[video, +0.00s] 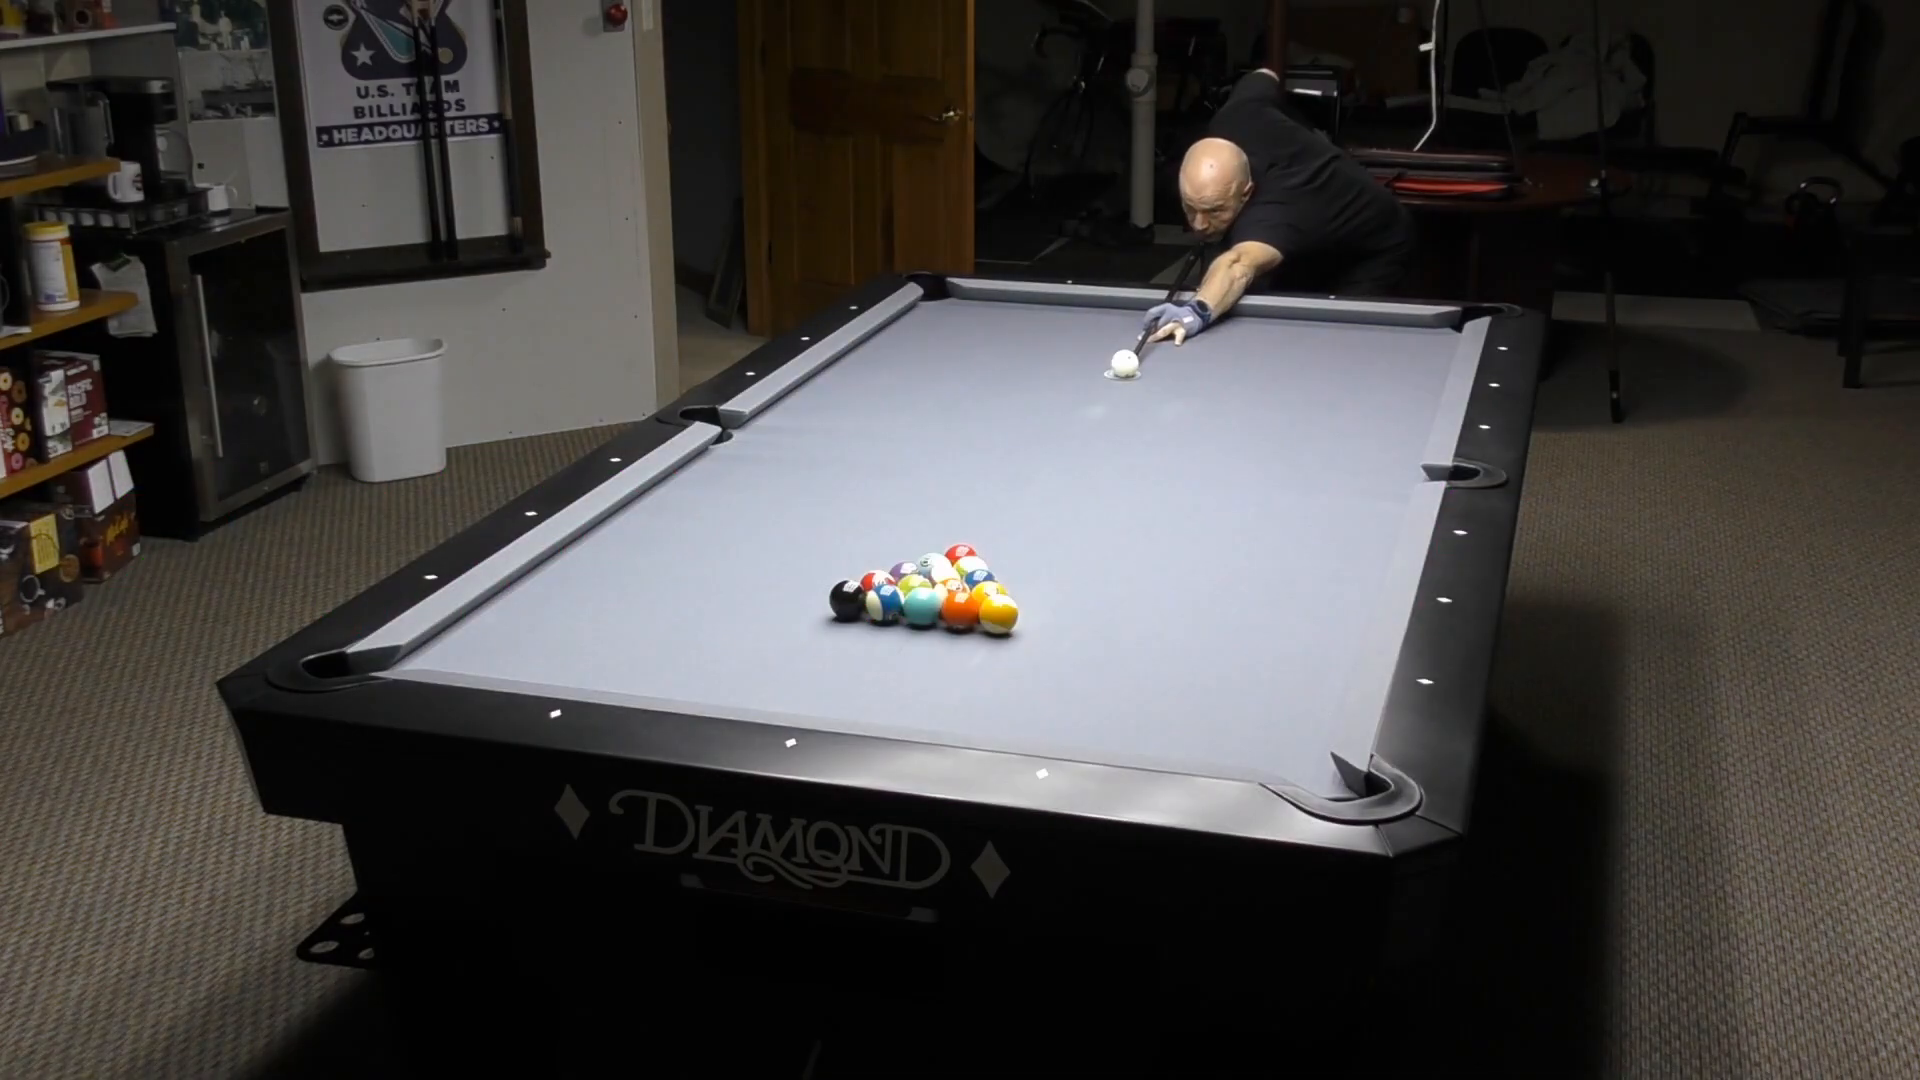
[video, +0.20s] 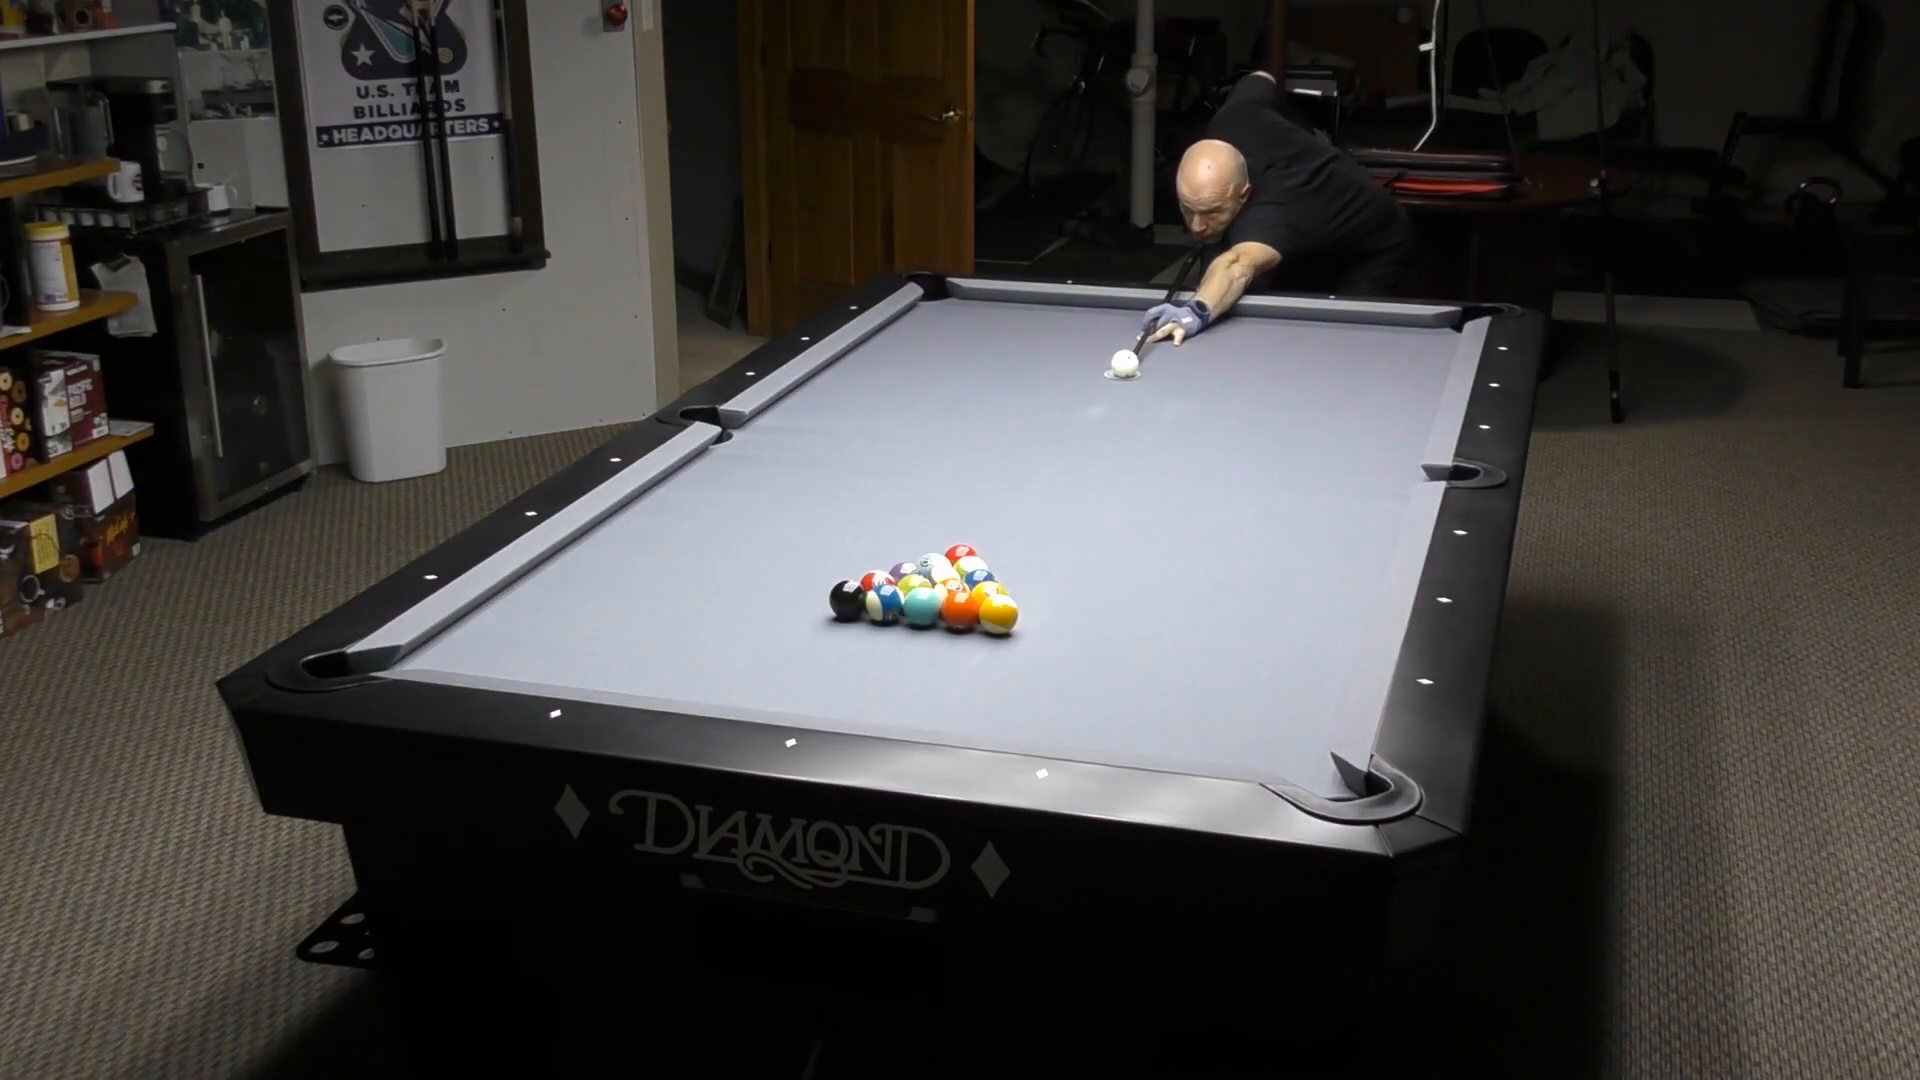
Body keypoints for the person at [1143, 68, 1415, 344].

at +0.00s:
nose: (1199, 225)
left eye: (1214, 212)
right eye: (1190, 209)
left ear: (1246, 190)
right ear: (1182, 181)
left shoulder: (1274, 216)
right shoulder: (1238, 115)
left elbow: (1238, 267)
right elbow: (1266, 74)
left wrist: (1196, 312)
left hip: (1380, 240)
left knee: (1340, 337)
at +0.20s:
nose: (1197, 227)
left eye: (1212, 213)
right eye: (1187, 211)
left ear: (1244, 192)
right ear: (1179, 183)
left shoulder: (1272, 216)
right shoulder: (1236, 118)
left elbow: (1237, 266)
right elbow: (1262, 76)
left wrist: (1195, 311)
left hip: (1380, 240)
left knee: (1339, 336)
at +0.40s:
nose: (1198, 227)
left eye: (1212, 214)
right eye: (1188, 211)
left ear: (1244, 192)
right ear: (1179, 183)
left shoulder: (1272, 216)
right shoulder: (1234, 118)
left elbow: (1237, 266)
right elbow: (1262, 74)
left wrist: (1196, 311)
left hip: (1380, 240)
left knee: (1339, 338)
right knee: (1281, 328)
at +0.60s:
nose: (1199, 229)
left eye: (1214, 215)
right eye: (1190, 213)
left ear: (1245, 193)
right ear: (1180, 185)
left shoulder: (1274, 215)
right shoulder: (1235, 119)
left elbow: (1238, 266)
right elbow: (1262, 77)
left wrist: (1195, 311)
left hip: (1380, 241)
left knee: (1341, 338)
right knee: (1281, 330)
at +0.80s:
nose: (1200, 229)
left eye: (1214, 216)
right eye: (1190, 213)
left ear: (1245, 194)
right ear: (1180, 185)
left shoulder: (1274, 216)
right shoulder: (1234, 120)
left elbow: (1238, 266)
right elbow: (1262, 76)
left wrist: (1195, 311)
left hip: (1380, 240)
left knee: (1340, 336)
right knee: (1280, 326)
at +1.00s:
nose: (1198, 230)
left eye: (1212, 218)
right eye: (1188, 215)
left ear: (1244, 195)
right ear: (1178, 187)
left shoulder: (1273, 216)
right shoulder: (1233, 121)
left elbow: (1237, 267)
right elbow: (1261, 74)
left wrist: (1195, 312)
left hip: (1379, 240)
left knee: (1339, 339)